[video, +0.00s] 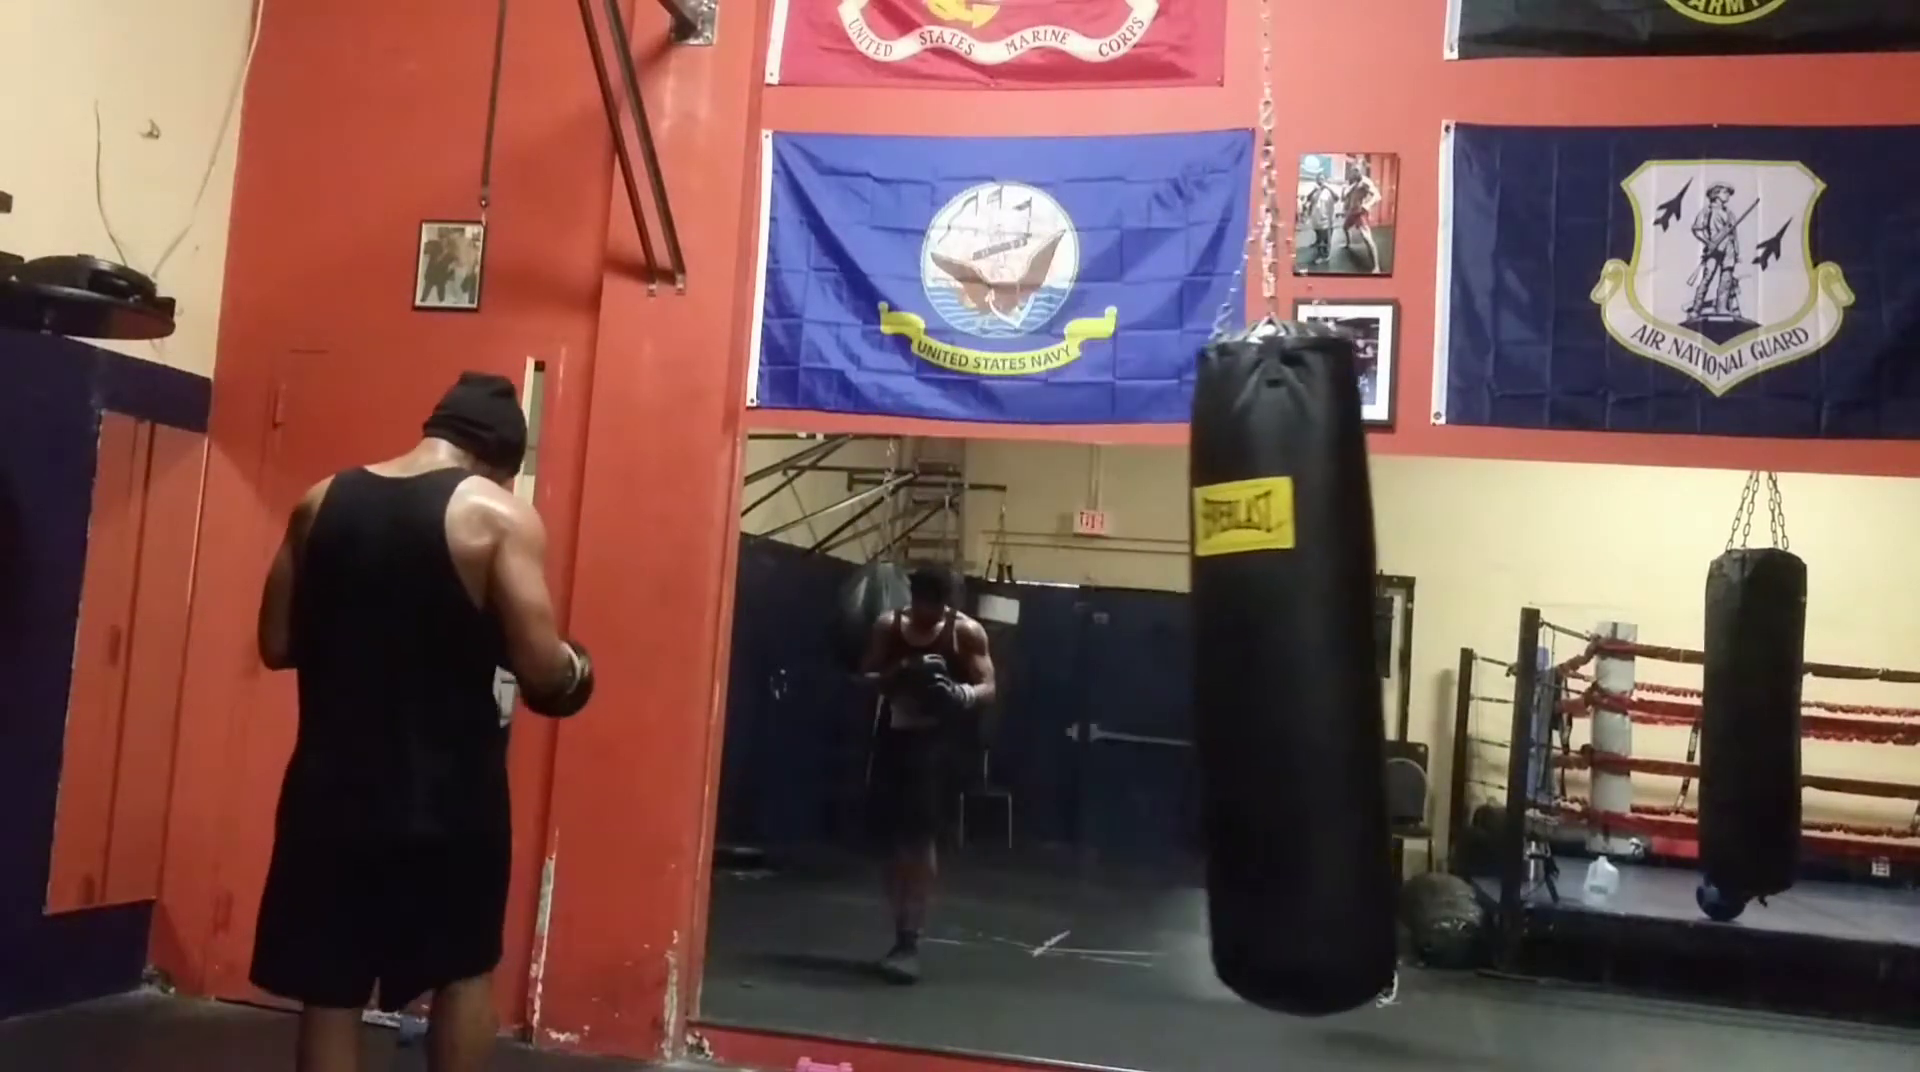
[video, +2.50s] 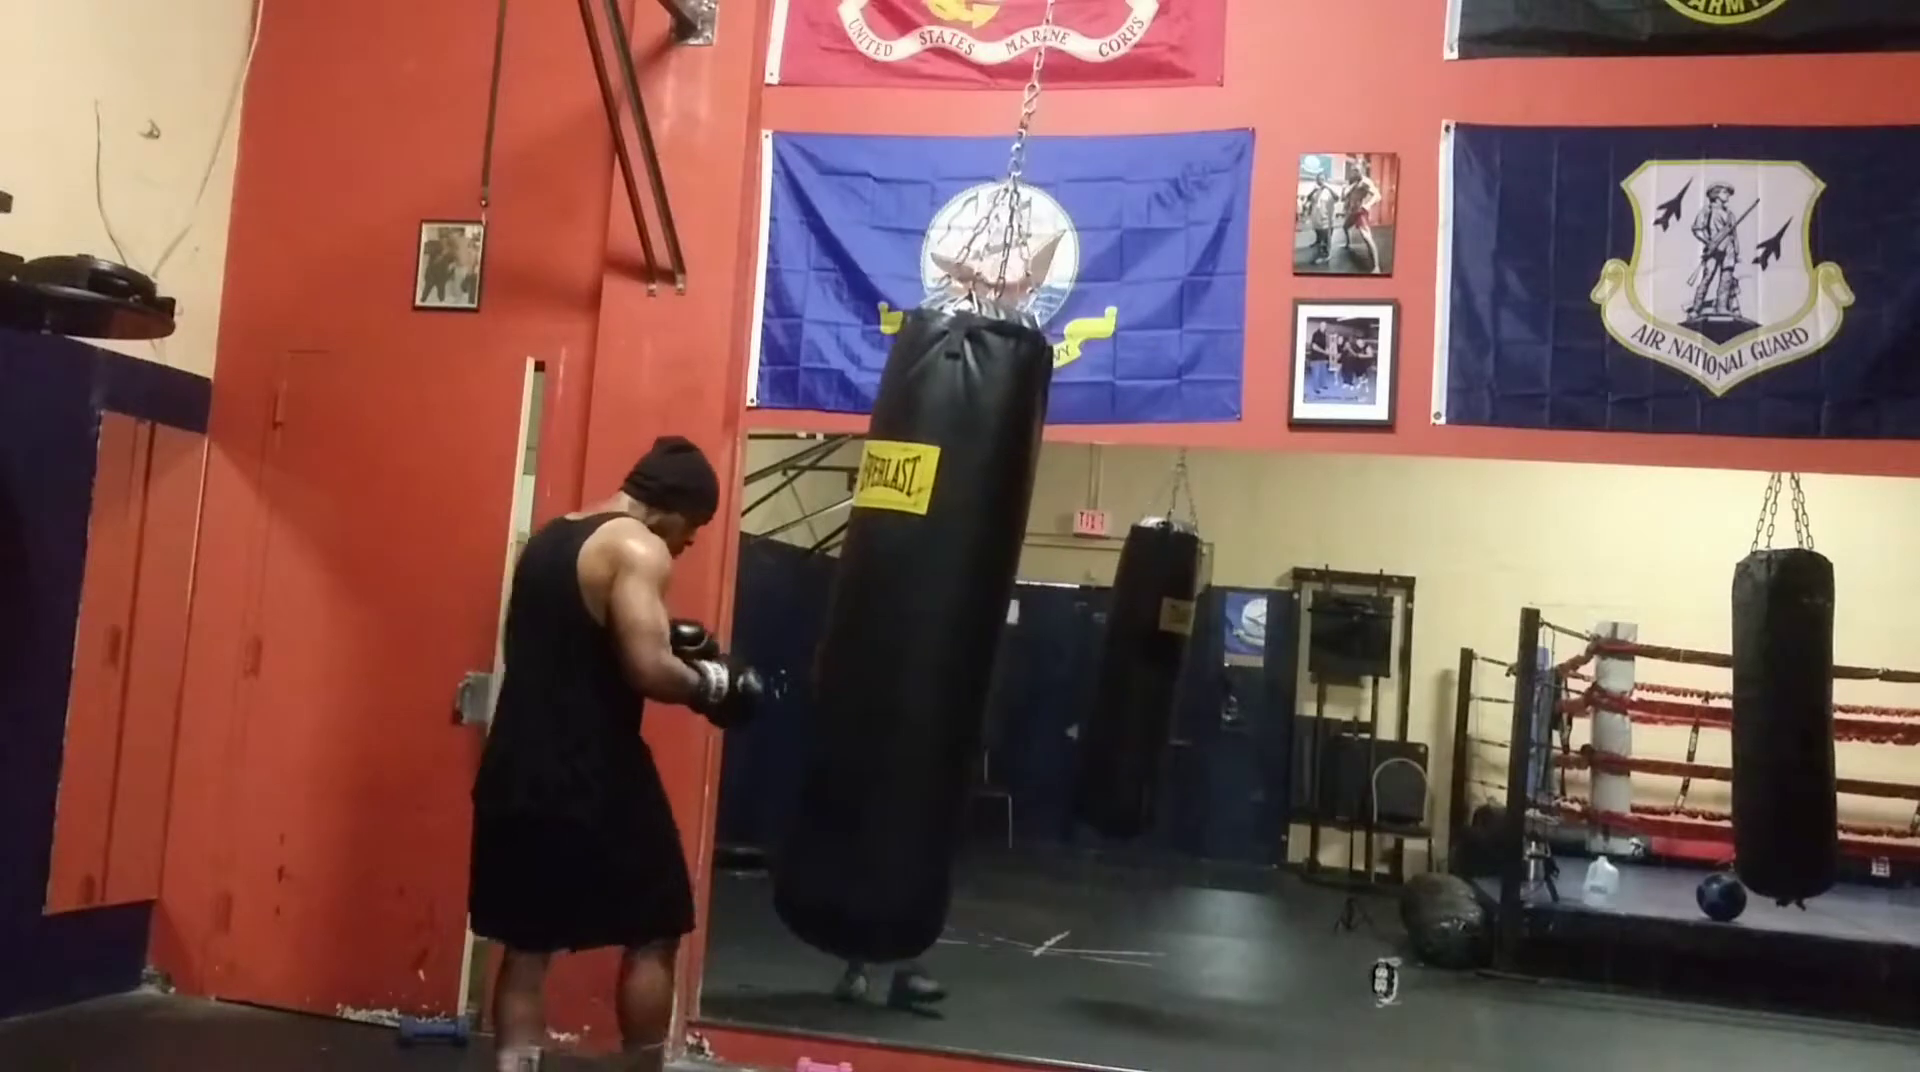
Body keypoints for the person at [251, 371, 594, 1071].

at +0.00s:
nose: (508, 483)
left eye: (509, 470)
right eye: (511, 470)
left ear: (433, 432)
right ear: (503, 457)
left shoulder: (324, 499)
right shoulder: (502, 514)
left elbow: (276, 643)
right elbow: (539, 668)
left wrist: (366, 618)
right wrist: (573, 671)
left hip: (332, 785)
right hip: (450, 794)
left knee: (330, 997)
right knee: (464, 977)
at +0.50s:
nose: (559, 503)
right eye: (561, 492)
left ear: (490, 455)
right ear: (557, 482)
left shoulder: (381, 518)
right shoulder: (550, 541)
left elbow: (333, 653)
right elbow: (582, 694)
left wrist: (417, 635)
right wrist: (612, 686)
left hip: (381, 806)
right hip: (492, 816)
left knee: (362, 1014)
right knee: (489, 1019)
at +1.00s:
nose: (595, 529)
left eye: (597, 517)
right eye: (600, 518)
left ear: (538, 471)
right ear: (600, 506)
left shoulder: (431, 531)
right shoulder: (586, 553)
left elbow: (382, 661)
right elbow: (611, 698)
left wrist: (463, 635)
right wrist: (649, 695)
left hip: (424, 802)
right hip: (525, 815)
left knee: (400, 992)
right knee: (506, 1011)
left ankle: (381, 1061)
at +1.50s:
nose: (624, 526)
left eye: (629, 514)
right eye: (629, 513)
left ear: (567, 471)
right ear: (620, 492)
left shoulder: (467, 526)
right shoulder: (602, 542)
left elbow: (421, 654)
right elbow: (620, 678)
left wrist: (507, 635)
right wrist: (660, 684)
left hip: (464, 793)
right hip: (546, 802)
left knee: (481, 976)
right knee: (522, 987)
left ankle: (485, 1064)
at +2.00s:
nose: (655, 533)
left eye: (661, 521)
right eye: (660, 519)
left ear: (601, 478)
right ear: (648, 498)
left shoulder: (504, 526)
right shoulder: (626, 547)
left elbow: (447, 647)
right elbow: (637, 676)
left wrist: (535, 639)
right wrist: (677, 692)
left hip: (479, 777)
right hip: (558, 791)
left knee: (500, 966)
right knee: (521, 975)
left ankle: (511, 1060)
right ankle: (493, 1066)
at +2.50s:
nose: (688, 539)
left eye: (695, 527)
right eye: (692, 525)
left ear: (634, 489)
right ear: (674, 507)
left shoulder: (551, 538)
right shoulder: (640, 550)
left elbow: (566, 644)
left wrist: (660, 636)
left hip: (518, 767)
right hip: (599, 774)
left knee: (527, 943)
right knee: (655, 932)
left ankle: (513, 1065)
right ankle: (646, 1064)